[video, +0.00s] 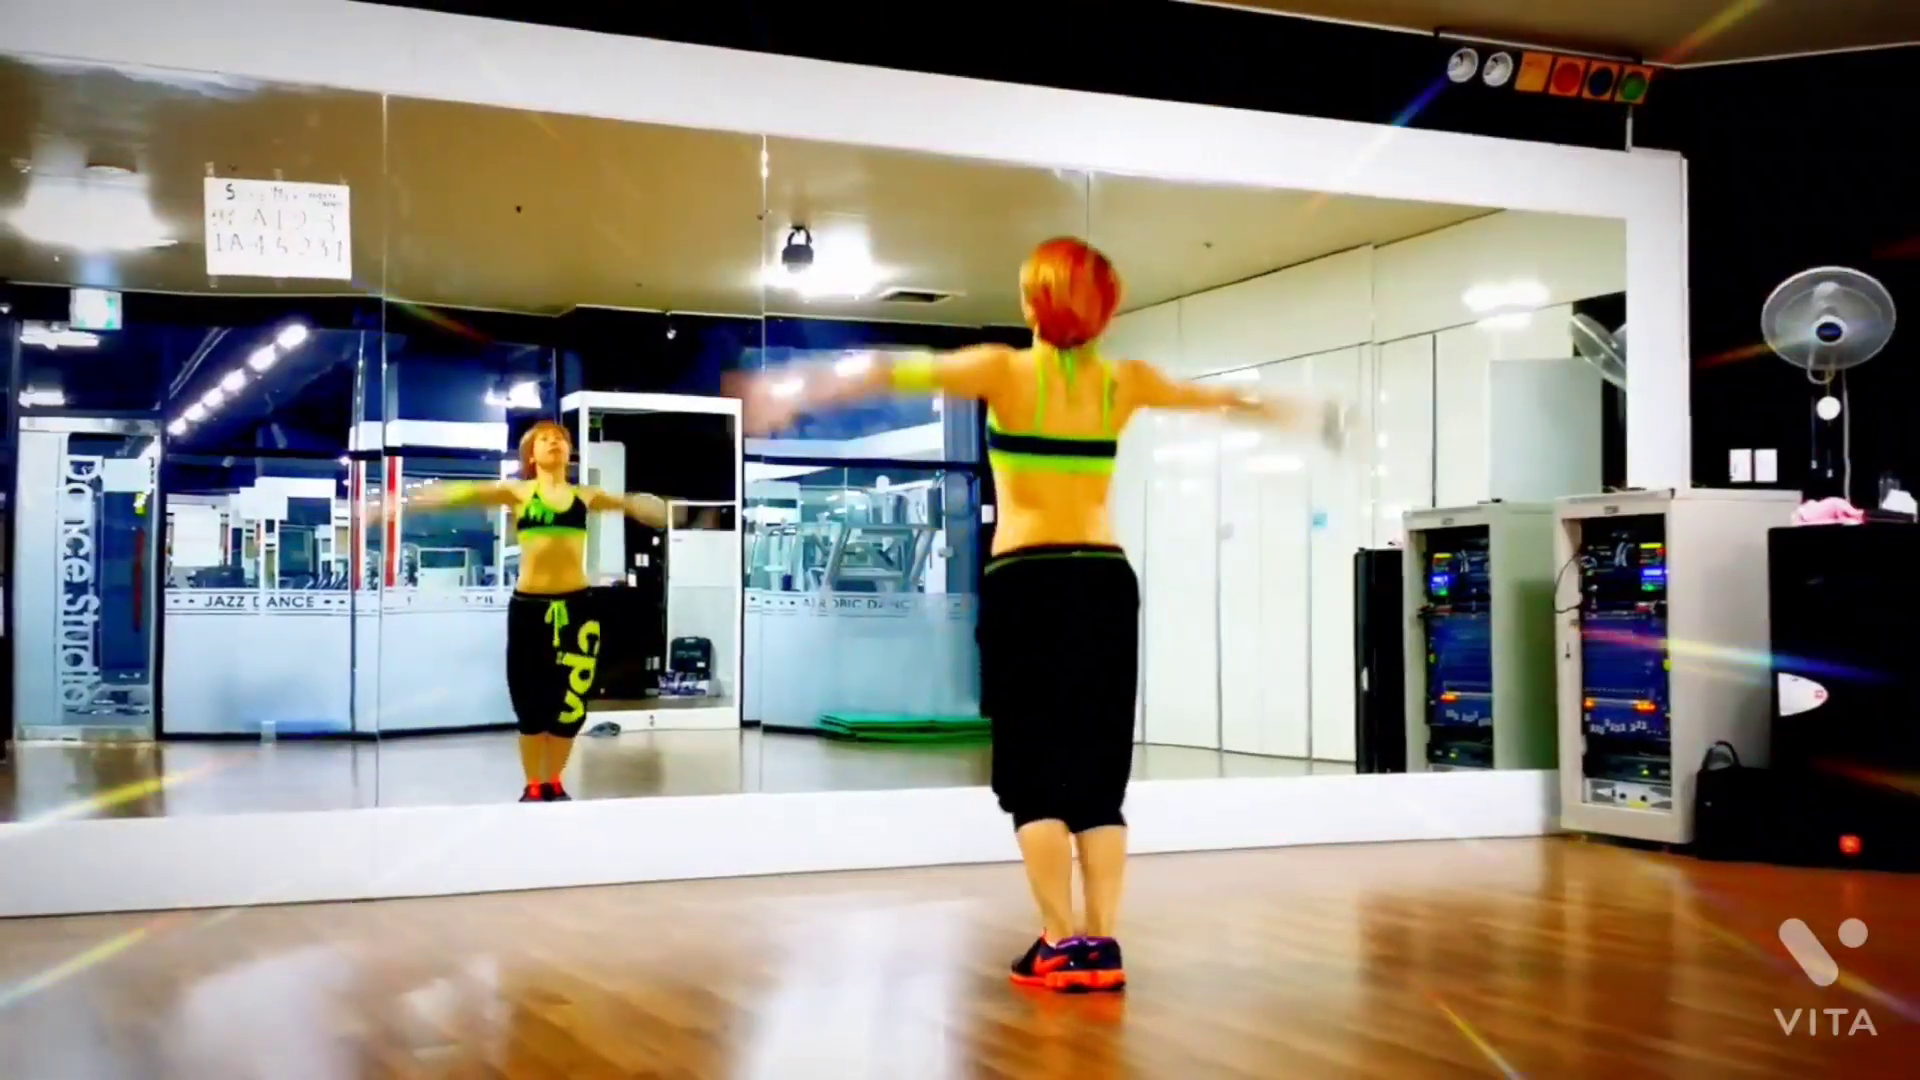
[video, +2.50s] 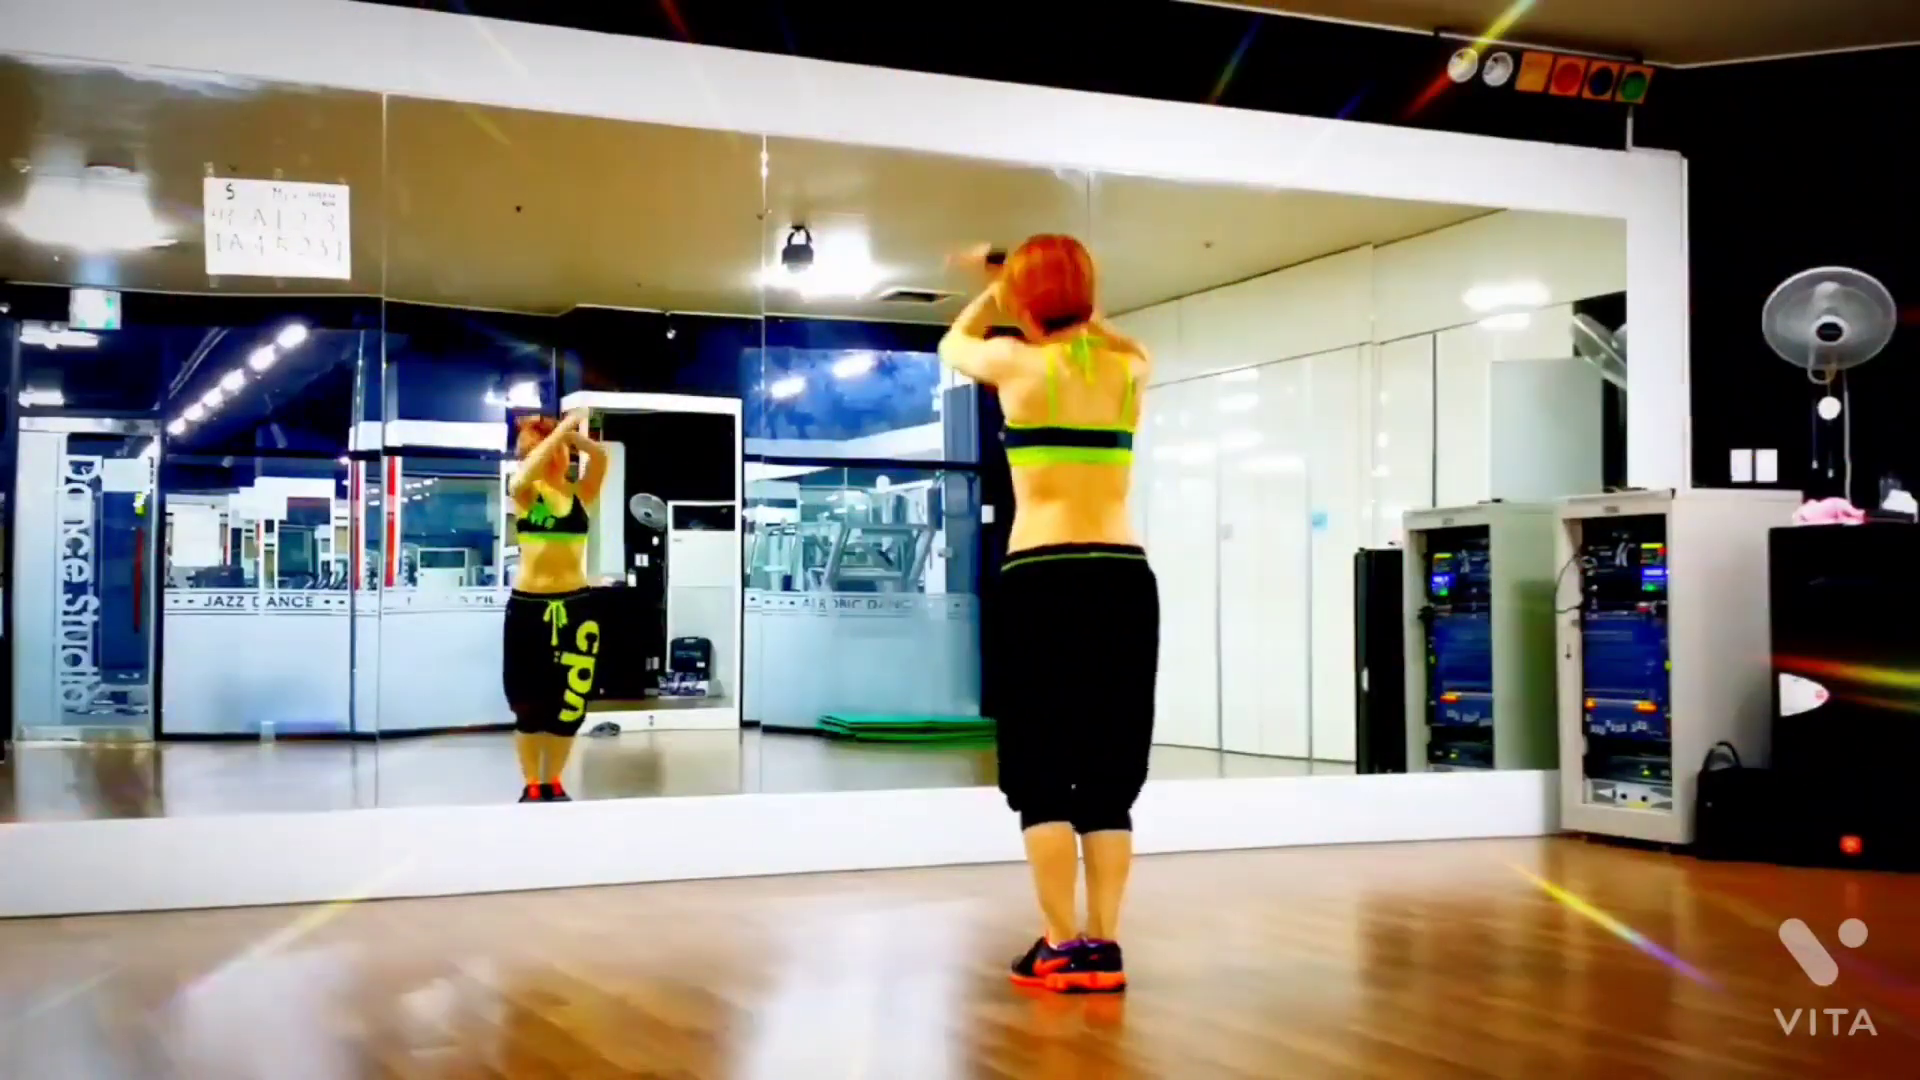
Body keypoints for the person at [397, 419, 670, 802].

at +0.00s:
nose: (554, 443)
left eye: (559, 438)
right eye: (545, 439)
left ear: (570, 450)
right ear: (530, 454)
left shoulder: (584, 495)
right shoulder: (517, 491)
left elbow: (627, 502)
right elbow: (463, 494)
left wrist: (656, 511)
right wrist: (408, 502)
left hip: (577, 604)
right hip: (530, 605)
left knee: (570, 702)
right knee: (531, 702)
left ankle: (553, 781)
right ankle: (533, 785)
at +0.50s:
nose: (550, 443)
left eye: (556, 437)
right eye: (541, 438)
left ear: (566, 446)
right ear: (528, 448)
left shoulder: (576, 482)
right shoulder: (518, 483)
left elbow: (578, 420)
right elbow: (512, 418)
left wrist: (580, 365)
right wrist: (502, 360)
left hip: (577, 601)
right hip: (528, 603)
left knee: (569, 699)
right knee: (527, 700)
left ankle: (553, 782)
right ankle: (531, 785)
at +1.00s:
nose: (544, 471)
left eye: (551, 466)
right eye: (536, 465)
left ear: (559, 477)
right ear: (521, 476)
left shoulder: (570, 514)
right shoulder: (507, 517)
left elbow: (590, 533)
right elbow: (523, 534)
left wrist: (567, 507)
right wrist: (549, 506)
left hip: (569, 620)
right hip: (524, 621)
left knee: (568, 715)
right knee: (531, 713)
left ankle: (552, 782)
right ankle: (532, 786)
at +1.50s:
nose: (548, 455)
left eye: (554, 448)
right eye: (540, 449)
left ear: (564, 453)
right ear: (524, 454)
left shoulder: (573, 482)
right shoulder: (513, 482)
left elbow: (594, 436)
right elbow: (483, 426)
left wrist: (616, 393)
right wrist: (450, 381)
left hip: (573, 601)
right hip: (525, 603)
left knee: (567, 699)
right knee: (524, 701)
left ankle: (553, 783)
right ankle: (530, 785)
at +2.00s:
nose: (553, 458)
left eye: (558, 450)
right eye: (544, 451)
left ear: (566, 453)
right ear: (529, 457)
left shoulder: (581, 501)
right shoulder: (510, 498)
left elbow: (609, 540)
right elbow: (479, 542)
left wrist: (630, 570)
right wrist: (457, 579)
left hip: (575, 605)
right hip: (527, 607)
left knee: (568, 699)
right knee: (527, 701)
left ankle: (552, 782)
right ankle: (532, 784)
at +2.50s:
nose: (556, 454)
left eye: (561, 447)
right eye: (547, 448)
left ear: (568, 453)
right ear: (532, 454)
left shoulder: (581, 494)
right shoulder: (526, 492)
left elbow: (601, 458)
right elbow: (528, 472)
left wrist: (577, 437)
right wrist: (561, 430)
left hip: (576, 601)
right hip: (529, 602)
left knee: (569, 702)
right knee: (529, 703)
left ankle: (553, 781)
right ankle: (531, 784)